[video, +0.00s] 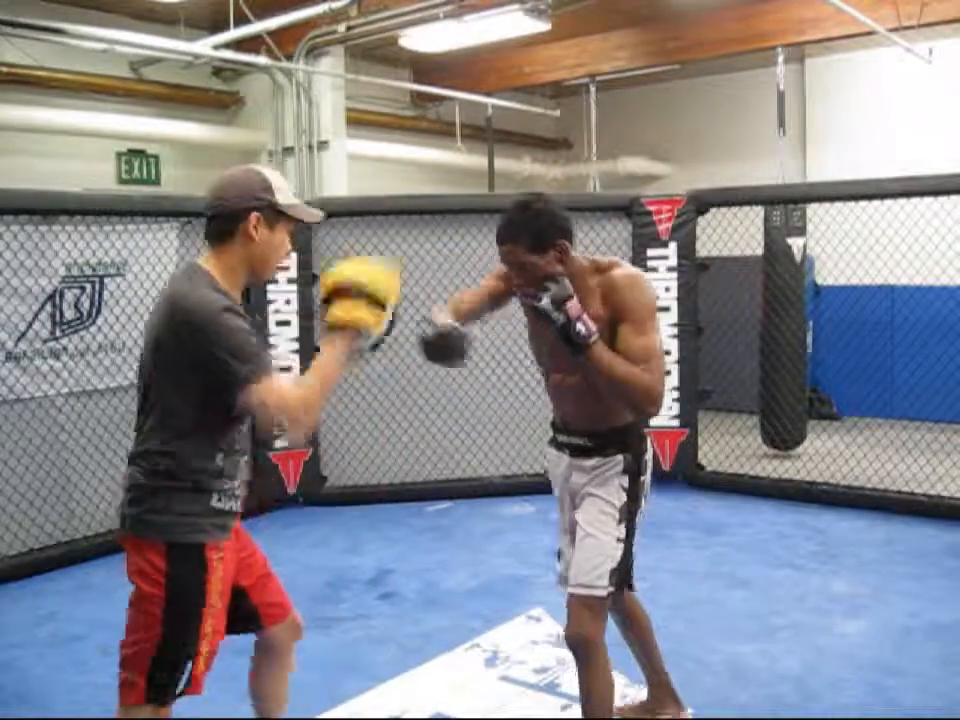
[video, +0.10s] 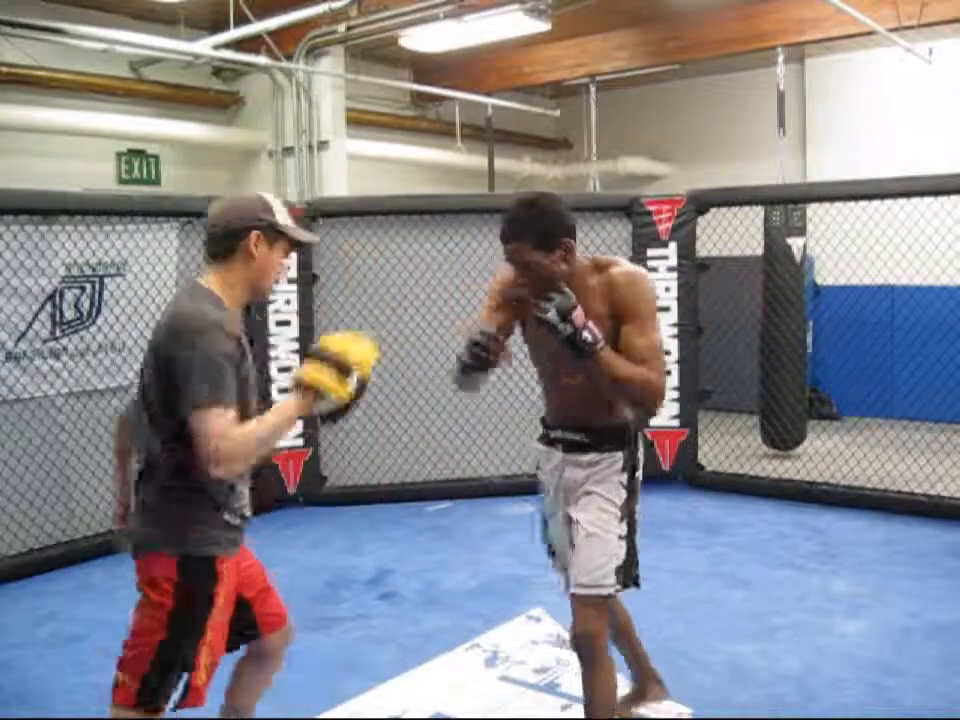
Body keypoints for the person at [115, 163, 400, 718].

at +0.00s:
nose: (291, 246)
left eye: (292, 233)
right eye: (286, 230)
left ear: (248, 228)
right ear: (252, 228)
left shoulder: (215, 299)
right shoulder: (203, 311)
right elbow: (294, 415)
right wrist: (342, 336)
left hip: (210, 520)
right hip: (176, 527)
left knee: (280, 631)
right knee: (149, 699)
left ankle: (271, 714)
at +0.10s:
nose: (286, 267)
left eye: (289, 254)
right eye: (283, 252)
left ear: (246, 246)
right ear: (252, 245)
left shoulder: (215, 316)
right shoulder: (204, 326)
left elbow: (130, 425)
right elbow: (221, 454)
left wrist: (126, 502)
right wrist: (302, 400)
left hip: (213, 535)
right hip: (186, 541)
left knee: (270, 638)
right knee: (141, 703)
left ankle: (232, 714)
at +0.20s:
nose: (294, 272)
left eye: (296, 259)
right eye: (290, 256)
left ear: (250, 251)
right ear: (262, 250)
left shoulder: (199, 310)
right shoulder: (231, 323)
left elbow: (130, 412)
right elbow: (209, 443)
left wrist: (110, 500)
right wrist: (297, 427)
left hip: (196, 529)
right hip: (207, 538)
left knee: (257, 637)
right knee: (168, 699)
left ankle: (227, 713)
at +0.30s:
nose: (312, 263)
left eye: (315, 249)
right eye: (310, 247)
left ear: (268, 239)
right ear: (284, 238)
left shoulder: (205, 297)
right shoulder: (264, 303)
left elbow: (152, 399)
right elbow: (232, 405)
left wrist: (154, 483)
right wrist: (319, 429)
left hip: (187, 509)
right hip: (228, 516)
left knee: (222, 664)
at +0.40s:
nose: (335, 260)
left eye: (338, 249)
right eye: (334, 247)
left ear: (276, 236)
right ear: (310, 236)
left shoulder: (223, 289)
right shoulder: (293, 294)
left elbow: (187, 399)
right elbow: (277, 395)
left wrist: (290, 421)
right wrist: (350, 425)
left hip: (196, 499)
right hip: (258, 502)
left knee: (209, 643)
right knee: (331, 633)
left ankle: (196, 716)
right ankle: (275, 711)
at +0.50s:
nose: (356, 271)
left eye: (360, 259)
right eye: (356, 256)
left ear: (303, 245)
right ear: (333, 246)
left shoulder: (239, 298)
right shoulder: (324, 304)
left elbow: (228, 395)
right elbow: (326, 408)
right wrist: (384, 428)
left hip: (220, 492)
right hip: (288, 496)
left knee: (204, 641)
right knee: (375, 606)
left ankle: (188, 715)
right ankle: (351, 711)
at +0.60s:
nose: (386, 280)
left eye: (389, 269)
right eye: (387, 267)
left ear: (338, 256)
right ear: (367, 257)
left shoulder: (279, 303)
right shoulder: (363, 317)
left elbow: (297, 397)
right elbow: (378, 425)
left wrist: (393, 422)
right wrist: (428, 435)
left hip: (258, 491)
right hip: (324, 496)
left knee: (239, 630)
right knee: (401, 599)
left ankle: (210, 715)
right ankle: (410, 704)